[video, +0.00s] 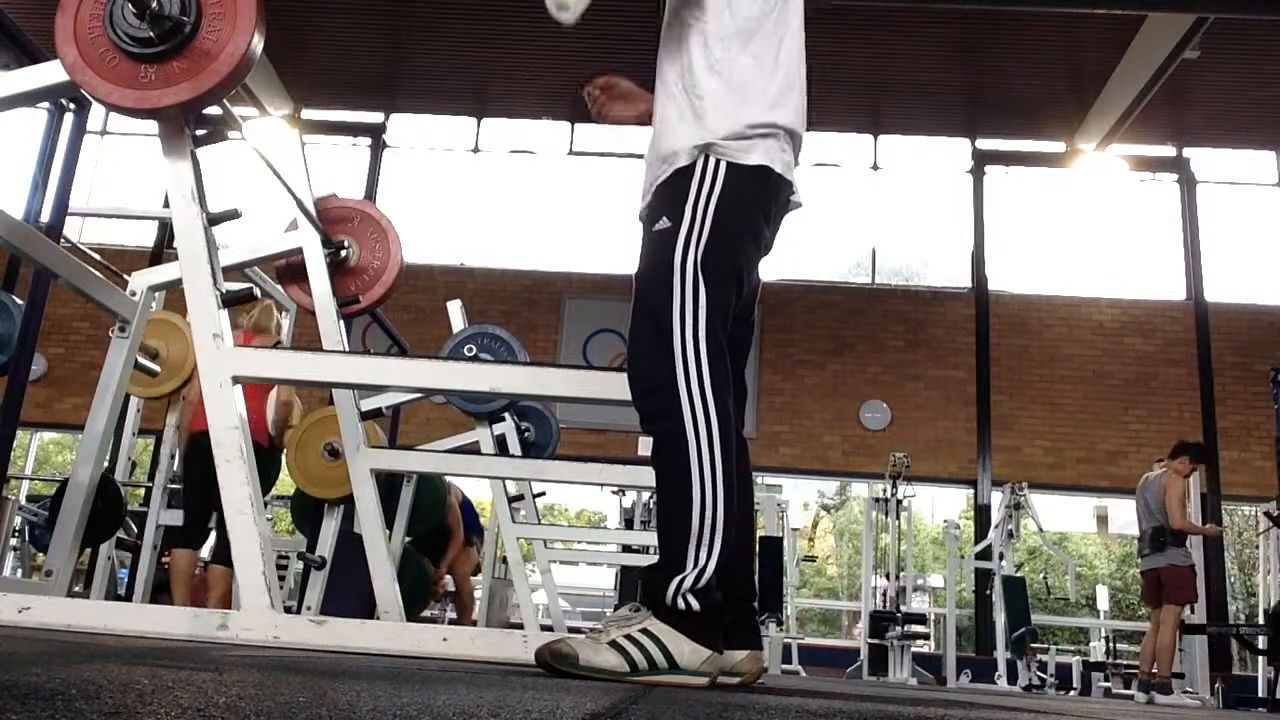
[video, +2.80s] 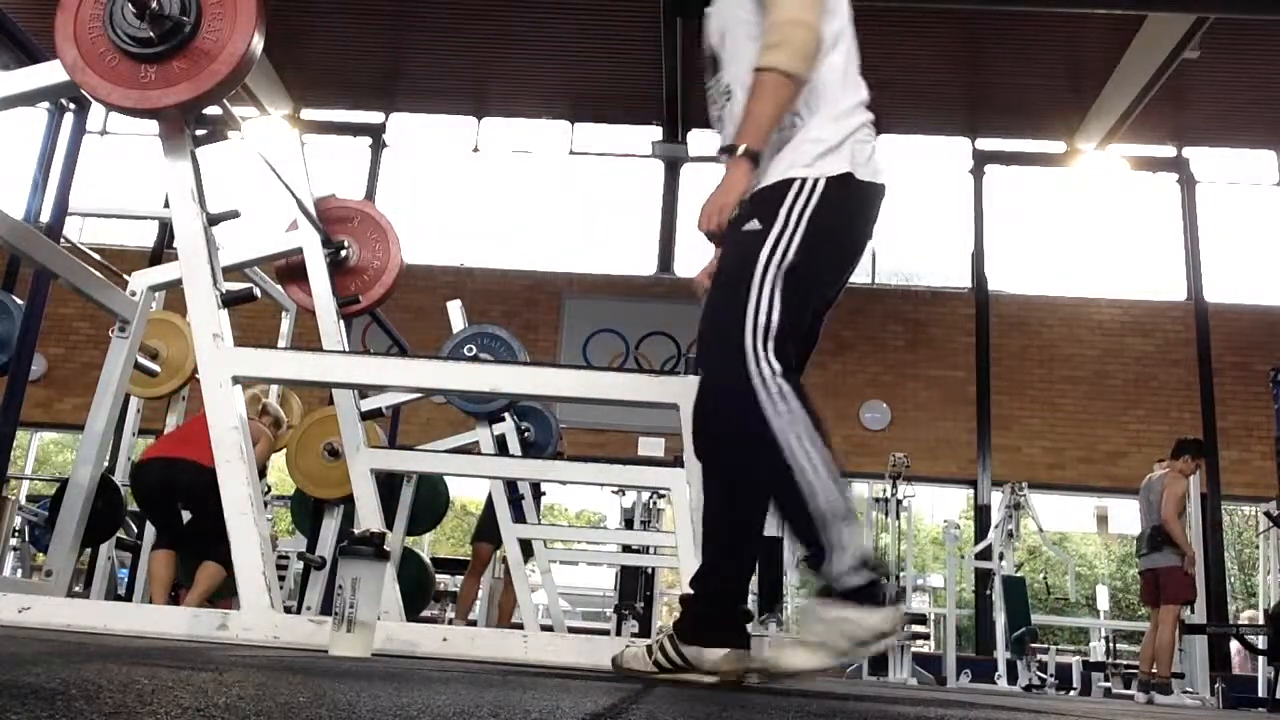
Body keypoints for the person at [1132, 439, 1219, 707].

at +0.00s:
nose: (1191, 475)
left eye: (1194, 470)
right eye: (1193, 469)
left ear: (1174, 459)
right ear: (1184, 461)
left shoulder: (1145, 480)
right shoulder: (1173, 480)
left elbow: (1146, 524)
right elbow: (1177, 523)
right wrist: (1206, 530)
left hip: (1149, 564)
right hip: (1173, 562)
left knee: (1155, 625)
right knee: (1169, 625)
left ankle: (1143, 685)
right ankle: (1164, 688)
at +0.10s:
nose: (1191, 475)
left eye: (1193, 470)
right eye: (1192, 469)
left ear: (1174, 459)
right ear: (1182, 461)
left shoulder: (1144, 480)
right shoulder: (1173, 480)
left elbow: (1147, 524)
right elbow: (1177, 522)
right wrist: (1205, 530)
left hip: (1149, 563)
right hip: (1173, 562)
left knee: (1156, 625)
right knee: (1169, 624)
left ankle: (1143, 685)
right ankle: (1164, 688)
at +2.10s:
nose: (1192, 469)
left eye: (1194, 464)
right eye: (1193, 463)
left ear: (1172, 457)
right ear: (1183, 458)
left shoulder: (1146, 480)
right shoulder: (1175, 480)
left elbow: (1147, 523)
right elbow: (1172, 518)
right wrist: (1187, 550)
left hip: (1148, 562)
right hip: (1170, 560)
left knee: (1156, 624)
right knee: (1168, 624)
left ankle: (1143, 685)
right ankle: (1163, 687)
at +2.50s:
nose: (1194, 471)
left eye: (1196, 466)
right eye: (1194, 465)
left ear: (1175, 459)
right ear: (1184, 459)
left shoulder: (1147, 480)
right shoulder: (1176, 480)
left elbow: (1147, 522)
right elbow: (1171, 518)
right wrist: (1187, 550)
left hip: (1148, 562)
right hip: (1170, 560)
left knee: (1155, 623)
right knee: (1168, 624)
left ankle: (1143, 685)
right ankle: (1163, 687)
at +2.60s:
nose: (1194, 471)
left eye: (1196, 467)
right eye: (1195, 465)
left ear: (1176, 459)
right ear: (1184, 459)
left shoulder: (1148, 480)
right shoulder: (1176, 481)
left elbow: (1148, 522)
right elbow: (1171, 519)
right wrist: (1188, 550)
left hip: (1148, 561)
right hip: (1169, 560)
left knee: (1155, 623)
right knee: (1168, 624)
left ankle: (1143, 685)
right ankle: (1163, 687)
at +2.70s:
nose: (1194, 472)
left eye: (1196, 467)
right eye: (1195, 466)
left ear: (1176, 459)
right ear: (1184, 459)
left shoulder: (1148, 480)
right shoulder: (1176, 480)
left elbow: (1149, 522)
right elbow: (1170, 518)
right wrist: (1188, 550)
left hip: (1148, 561)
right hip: (1169, 560)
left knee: (1155, 623)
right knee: (1167, 624)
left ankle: (1143, 685)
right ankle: (1163, 687)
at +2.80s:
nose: (1195, 472)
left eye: (1197, 467)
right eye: (1196, 466)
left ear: (1176, 459)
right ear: (1185, 459)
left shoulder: (1149, 480)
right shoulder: (1176, 480)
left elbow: (1149, 521)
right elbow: (1168, 517)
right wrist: (1188, 549)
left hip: (1149, 560)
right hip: (1169, 559)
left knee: (1156, 623)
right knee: (1167, 623)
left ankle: (1143, 684)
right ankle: (1163, 687)